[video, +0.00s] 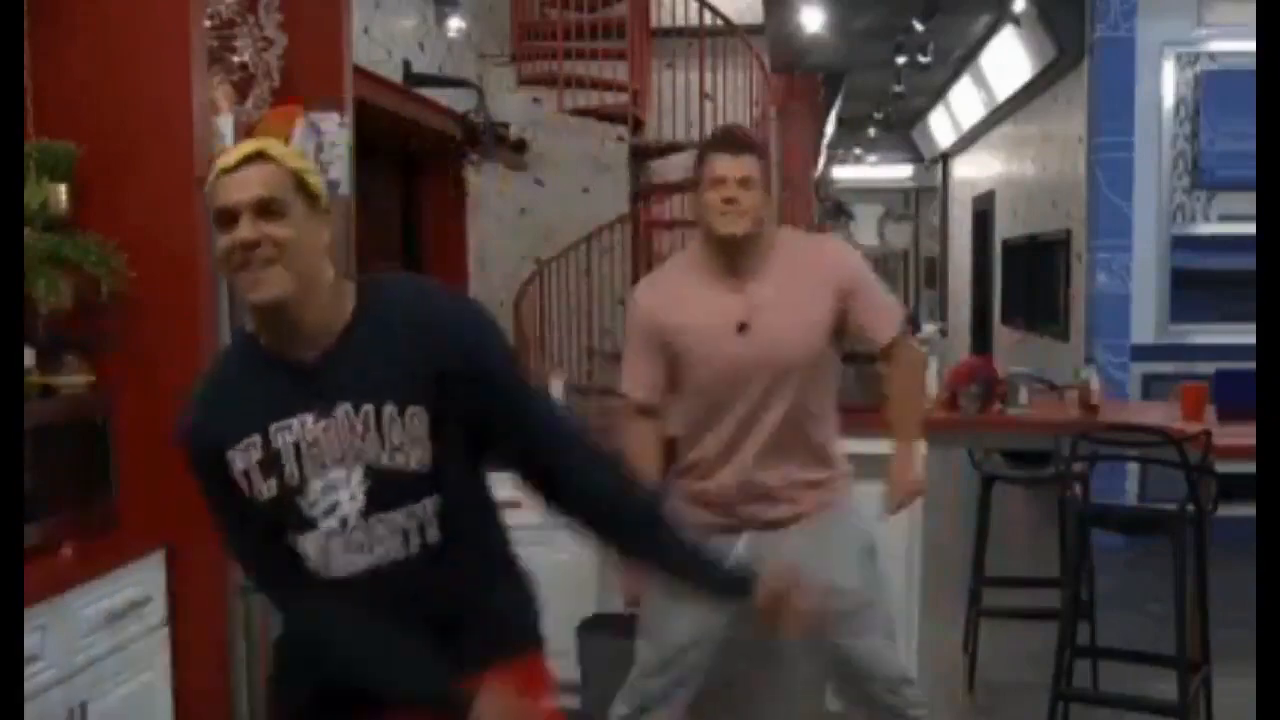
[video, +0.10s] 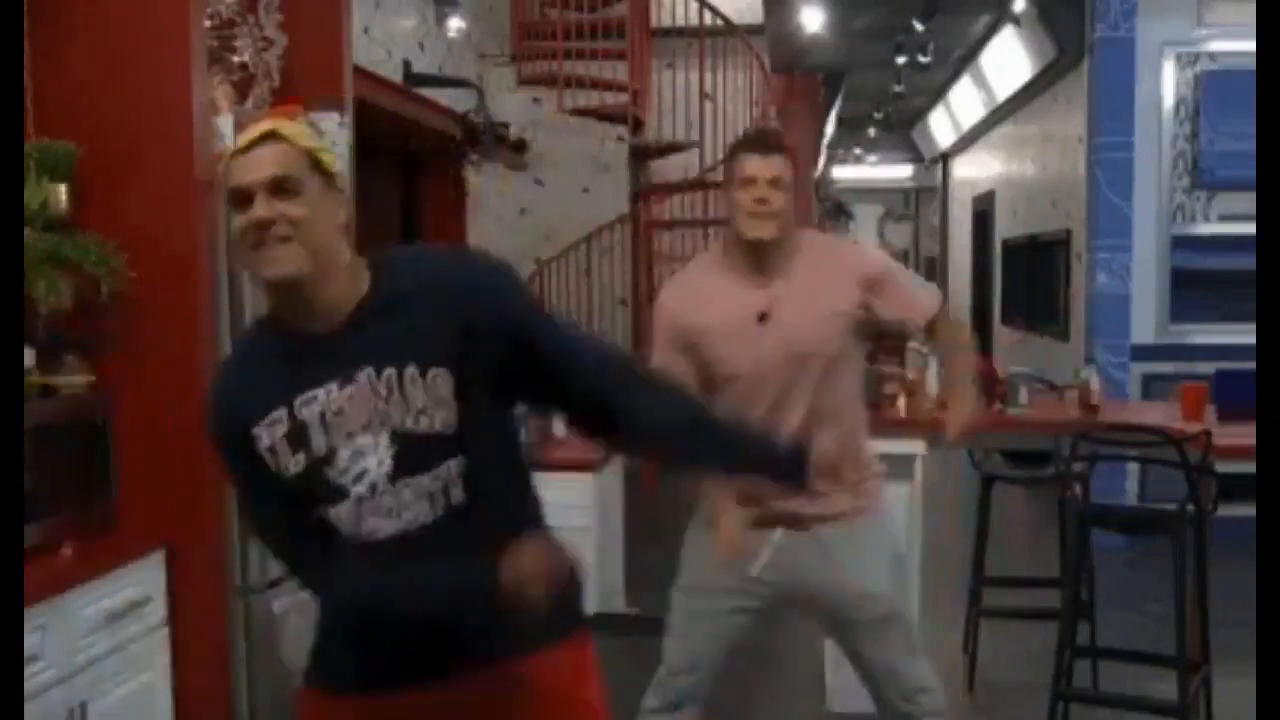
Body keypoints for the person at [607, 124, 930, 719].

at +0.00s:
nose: (730, 195)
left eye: (745, 183)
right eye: (715, 184)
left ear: (767, 194)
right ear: (696, 199)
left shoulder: (828, 263)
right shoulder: (657, 296)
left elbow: (900, 346)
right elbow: (640, 416)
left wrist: (906, 452)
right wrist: (640, 532)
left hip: (816, 512)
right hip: (699, 517)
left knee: (878, 676)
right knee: (657, 686)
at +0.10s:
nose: (763, 196)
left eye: (776, 184)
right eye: (748, 184)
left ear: (795, 195)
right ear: (727, 195)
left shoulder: (849, 266)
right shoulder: (684, 297)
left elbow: (946, 323)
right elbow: (671, 417)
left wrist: (960, 400)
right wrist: (719, 499)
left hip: (844, 520)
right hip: (735, 521)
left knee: (911, 694)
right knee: (676, 692)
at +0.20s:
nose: (811, 206)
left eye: (825, 195)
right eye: (797, 193)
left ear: (842, 213)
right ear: (772, 208)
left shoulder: (885, 282)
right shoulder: (737, 299)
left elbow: (988, 331)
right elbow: (736, 439)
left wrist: (1002, 280)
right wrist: (802, 415)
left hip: (888, 544)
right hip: (775, 539)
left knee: (924, 703)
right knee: (733, 694)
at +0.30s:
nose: (829, 201)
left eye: (844, 191)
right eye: (816, 187)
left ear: (857, 205)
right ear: (789, 199)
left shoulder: (898, 275)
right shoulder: (746, 286)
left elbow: (992, 325)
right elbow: (740, 417)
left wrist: (1007, 265)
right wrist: (839, 367)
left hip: (902, 521)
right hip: (791, 526)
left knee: (943, 692)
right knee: (769, 690)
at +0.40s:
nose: (845, 205)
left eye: (858, 196)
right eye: (830, 191)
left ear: (870, 210)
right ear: (800, 202)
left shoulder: (902, 276)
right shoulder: (748, 285)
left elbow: (999, 317)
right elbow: (728, 397)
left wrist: (1011, 272)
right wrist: (842, 372)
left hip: (909, 507)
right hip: (801, 521)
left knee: (957, 673)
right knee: (797, 682)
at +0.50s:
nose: (850, 226)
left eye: (863, 215)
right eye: (835, 213)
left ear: (876, 228)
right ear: (806, 225)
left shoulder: (910, 300)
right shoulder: (755, 311)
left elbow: (1004, 355)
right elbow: (745, 434)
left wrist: (1017, 332)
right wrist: (861, 424)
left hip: (906, 522)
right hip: (806, 536)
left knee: (949, 683)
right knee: (799, 693)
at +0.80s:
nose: (754, 183)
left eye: (767, 170)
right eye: (739, 175)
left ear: (795, 183)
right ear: (725, 191)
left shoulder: (850, 267)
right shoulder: (686, 274)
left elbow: (880, 385)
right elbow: (622, 377)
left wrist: (864, 502)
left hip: (820, 505)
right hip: (705, 508)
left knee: (886, 669)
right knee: (653, 664)